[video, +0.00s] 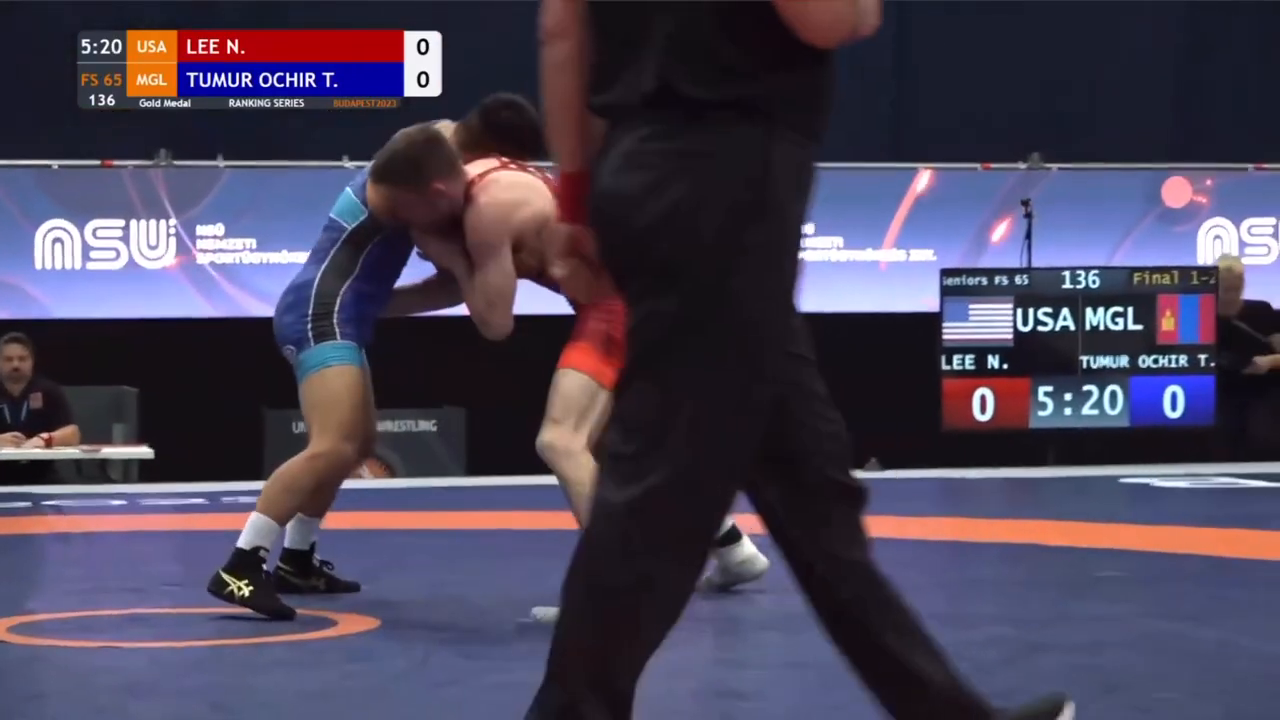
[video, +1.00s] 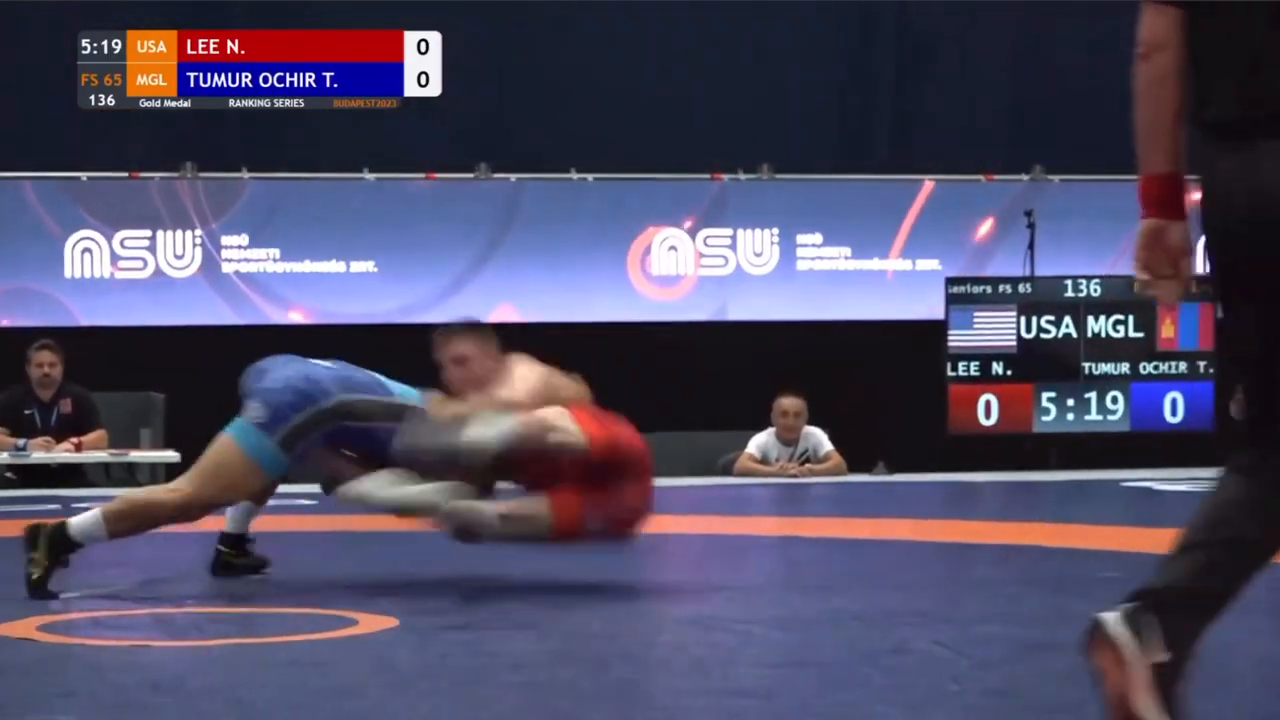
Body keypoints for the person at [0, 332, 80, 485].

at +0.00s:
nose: (15, 365)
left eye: (22, 359)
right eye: (8, 360)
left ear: (32, 362)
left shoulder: (48, 392)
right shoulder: (2, 395)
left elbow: (73, 435)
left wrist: (43, 440)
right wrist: (1, 441)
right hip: (4, 478)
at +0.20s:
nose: (26, 367)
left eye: (32, 361)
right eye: (19, 361)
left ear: (42, 363)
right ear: (8, 364)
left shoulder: (57, 392)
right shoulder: (3, 395)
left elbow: (82, 435)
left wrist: (53, 440)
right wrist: (5, 441)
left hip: (50, 477)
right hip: (8, 479)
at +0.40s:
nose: (29, 369)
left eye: (36, 363)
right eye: (22, 363)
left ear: (46, 365)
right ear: (11, 365)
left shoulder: (60, 394)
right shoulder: (4, 397)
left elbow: (85, 436)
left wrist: (56, 441)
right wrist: (8, 442)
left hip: (53, 479)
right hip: (10, 480)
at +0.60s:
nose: (29, 370)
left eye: (36, 364)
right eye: (23, 364)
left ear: (46, 366)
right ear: (12, 367)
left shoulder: (60, 394)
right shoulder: (4, 398)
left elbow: (86, 437)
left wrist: (56, 442)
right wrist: (9, 443)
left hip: (53, 479)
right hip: (11, 480)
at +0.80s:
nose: (30, 371)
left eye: (36, 365)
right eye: (23, 365)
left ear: (46, 366)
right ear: (12, 367)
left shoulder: (61, 396)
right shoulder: (4, 399)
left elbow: (86, 438)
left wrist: (56, 443)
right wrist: (9, 444)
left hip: (54, 481)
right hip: (11, 482)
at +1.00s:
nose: (46, 371)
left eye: (52, 365)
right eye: (39, 366)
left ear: (62, 368)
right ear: (28, 369)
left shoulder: (78, 398)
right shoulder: (13, 400)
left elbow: (101, 439)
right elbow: (2, 438)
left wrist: (72, 444)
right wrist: (25, 445)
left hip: (71, 481)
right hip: (26, 482)